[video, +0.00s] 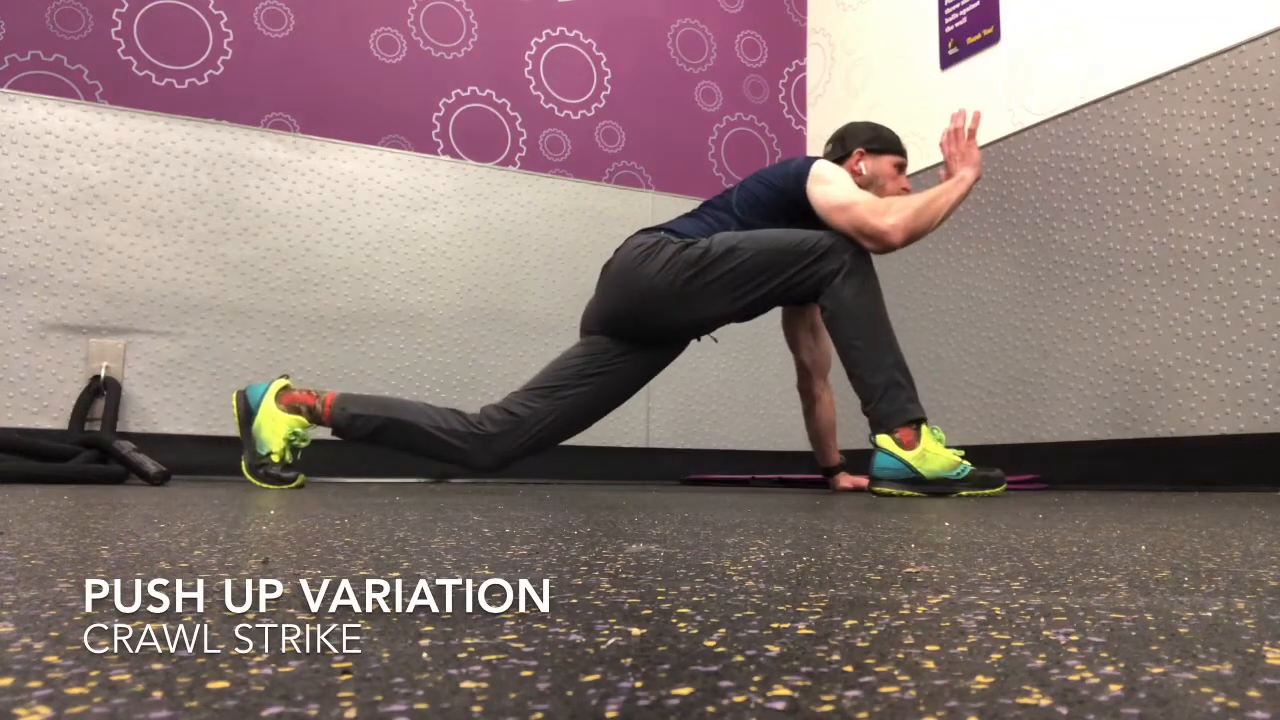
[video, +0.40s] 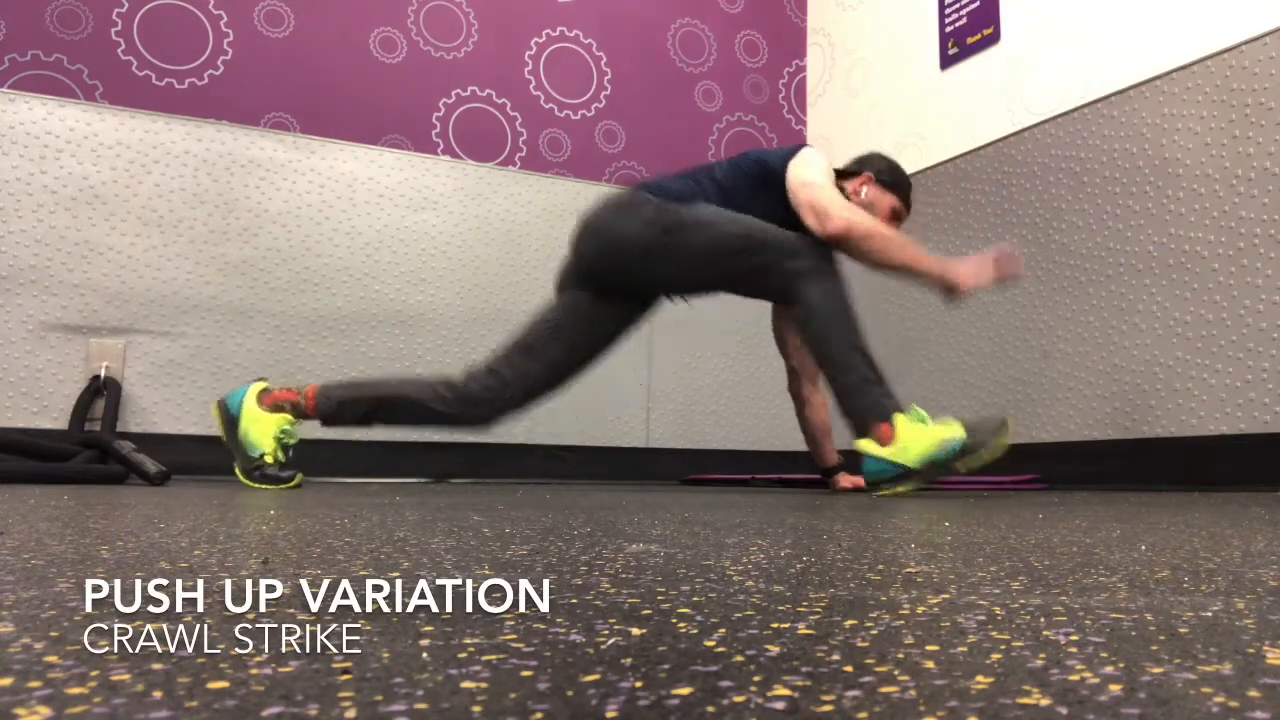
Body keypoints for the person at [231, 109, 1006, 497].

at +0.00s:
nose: (897, 195)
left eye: (902, 185)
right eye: (893, 178)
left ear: (858, 172)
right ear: (859, 160)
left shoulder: (798, 241)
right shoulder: (815, 173)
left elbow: (814, 363)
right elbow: (892, 231)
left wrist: (828, 468)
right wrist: (962, 181)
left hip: (642, 320)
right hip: (652, 265)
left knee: (488, 439)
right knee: (838, 253)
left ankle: (297, 407)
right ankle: (911, 442)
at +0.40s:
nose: (875, 229)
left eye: (884, 225)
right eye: (877, 209)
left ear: (865, 218)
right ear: (853, 178)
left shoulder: (793, 254)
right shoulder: (804, 164)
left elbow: (803, 364)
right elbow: (848, 231)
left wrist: (831, 465)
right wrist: (952, 276)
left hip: (618, 267)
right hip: (628, 227)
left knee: (479, 399)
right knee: (805, 257)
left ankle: (279, 406)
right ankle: (896, 427)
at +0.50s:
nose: (878, 242)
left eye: (887, 241)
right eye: (885, 225)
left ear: (870, 231)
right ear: (862, 190)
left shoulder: (793, 260)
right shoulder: (816, 170)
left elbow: (798, 360)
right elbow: (863, 253)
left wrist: (832, 462)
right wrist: (951, 346)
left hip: (602, 237)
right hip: (615, 190)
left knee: (478, 361)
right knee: (773, 248)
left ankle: (271, 405)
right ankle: (775, 416)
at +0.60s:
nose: (882, 268)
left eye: (892, 262)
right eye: (888, 251)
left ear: (872, 239)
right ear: (872, 211)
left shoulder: (789, 266)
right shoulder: (828, 192)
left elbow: (797, 372)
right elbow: (884, 297)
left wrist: (832, 468)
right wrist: (954, 403)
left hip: (606, 220)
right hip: (617, 180)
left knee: (478, 340)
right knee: (711, 281)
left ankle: (273, 402)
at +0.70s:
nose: (888, 283)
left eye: (899, 277)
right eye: (895, 267)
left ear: (878, 241)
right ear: (884, 227)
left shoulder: (808, 261)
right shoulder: (847, 217)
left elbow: (802, 373)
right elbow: (894, 328)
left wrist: (831, 466)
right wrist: (947, 446)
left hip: (614, 222)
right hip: (628, 193)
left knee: (479, 329)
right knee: (583, 342)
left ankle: (275, 401)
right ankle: (383, 360)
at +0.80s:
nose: (896, 309)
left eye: (909, 300)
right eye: (907, 292)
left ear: (889, 260)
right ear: (903, 254)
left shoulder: (820, 267)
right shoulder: (862, 237)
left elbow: (800, 378)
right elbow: (889, 348)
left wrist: (831, 468)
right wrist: (936, 472)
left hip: (638, 247)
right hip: (640, 228)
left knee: (489, 350)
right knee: (492, 354)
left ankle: (280, 394)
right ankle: (275, 392)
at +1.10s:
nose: (939, 383)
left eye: (952, 385)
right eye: (953, 373)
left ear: (942, 364)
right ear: (946, 334)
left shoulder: (853, 331)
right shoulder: (901, 299)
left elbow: (785, 395)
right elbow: (890, 366)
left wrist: (828, 471)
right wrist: (936, 476)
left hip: (683, 360)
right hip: (682, 335)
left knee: (494, 389)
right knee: (489, 388)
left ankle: (278, 398)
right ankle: (265, 393)